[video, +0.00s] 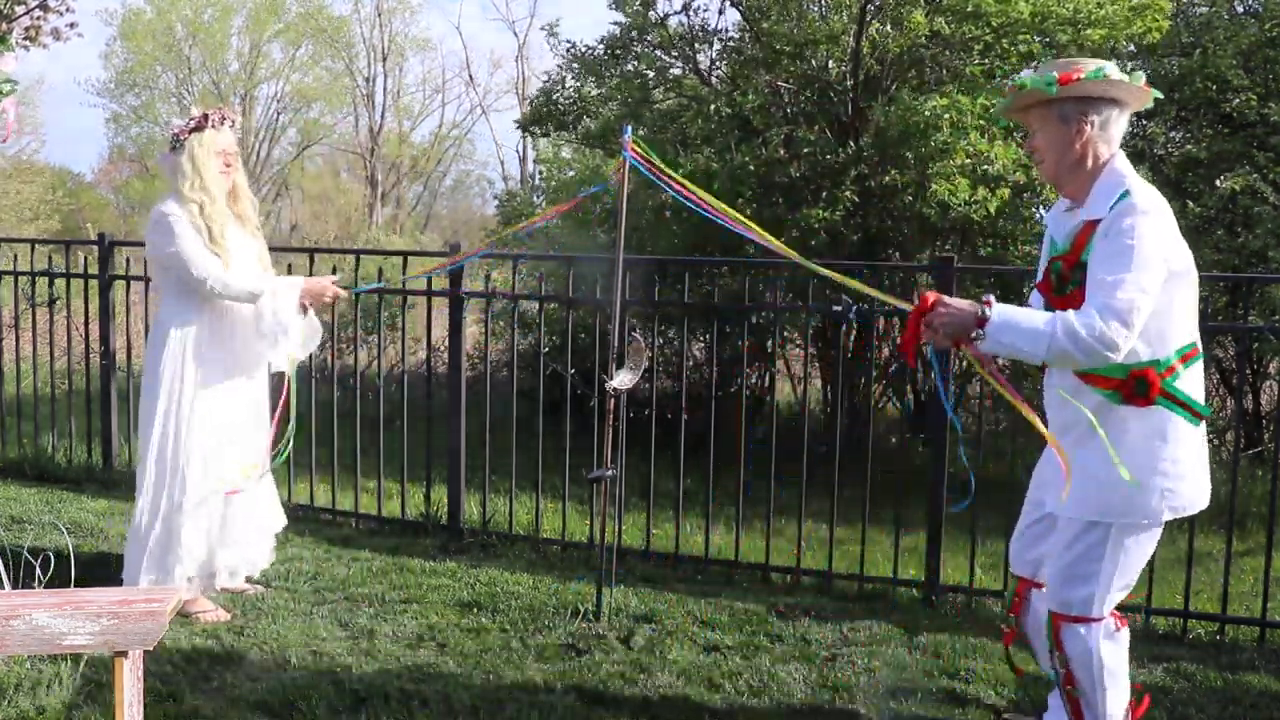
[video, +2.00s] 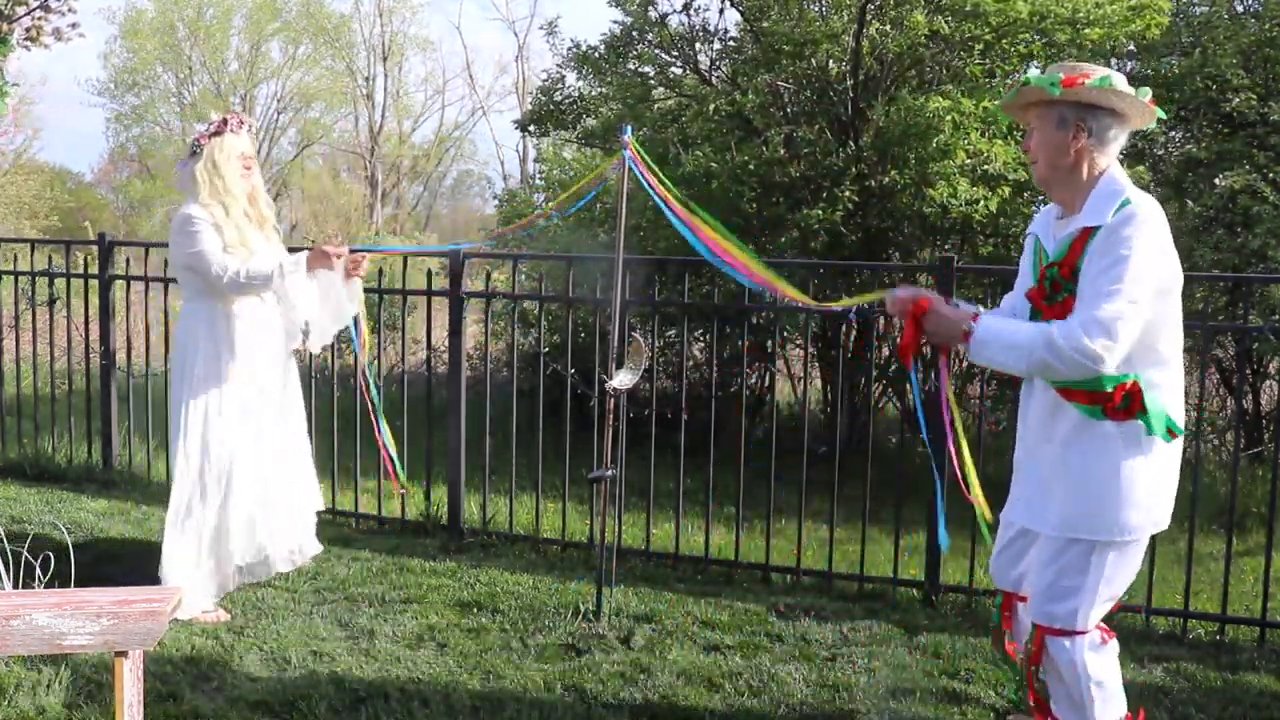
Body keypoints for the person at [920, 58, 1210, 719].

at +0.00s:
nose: (1025, 150)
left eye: (1033, 134)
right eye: (1023, 136)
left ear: (1083, 132)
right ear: (1076, 136)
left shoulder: (1136, 217)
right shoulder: (1063, 216)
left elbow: (1110, 334)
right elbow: (1059, 324)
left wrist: (985, 322)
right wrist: (983, 333)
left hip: (1135, 451)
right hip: (1076, 439)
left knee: (1078, 606)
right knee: (1032, 581)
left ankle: (1102, 713)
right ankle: (1074, 703)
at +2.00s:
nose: (1024, 147)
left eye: (1034, 132)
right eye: (1023, 133)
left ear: (1080, 140)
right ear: (1062, 142)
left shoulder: (1133, 225)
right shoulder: (1047, 224)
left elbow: (1095, 347)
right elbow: (1020, 319)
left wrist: (975, 333)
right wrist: (948, 318)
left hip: (1111, 472)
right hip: (1049, 464)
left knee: (1064, 621)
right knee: (1024, 606)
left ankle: (1096, 713)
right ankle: (1059, 705)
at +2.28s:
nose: (1008, 126)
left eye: (1014, 112)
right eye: (1008, 113)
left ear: (1053, 115)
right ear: (1059, 115)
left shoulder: (1084, 196)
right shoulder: (1066, 188)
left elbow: (1005, 305)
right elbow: (1012, 270)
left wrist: (915, 262)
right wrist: (939, 223)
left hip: (1099, 431)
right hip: (1063, 424)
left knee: (1095, 598)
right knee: (1026, 543)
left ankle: (1105, 713)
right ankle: (1071, 681)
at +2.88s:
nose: (974, 140)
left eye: (980, 127)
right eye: (975, 127)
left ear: (1012, 130)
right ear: (1037, 132)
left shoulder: (999, 201)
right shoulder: (1085, 197)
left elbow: (929, 296)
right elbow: (1036, 284)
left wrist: (880, 265)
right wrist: (950, 263)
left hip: (1032, 414)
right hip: (1103, 416)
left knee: (996, 554)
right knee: (1054, 554)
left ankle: (1070, 698)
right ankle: (1054, 685)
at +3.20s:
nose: (941, 160)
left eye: (946, 144)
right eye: (941, 146)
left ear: (981, 143)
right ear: (998, 145)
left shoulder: (990, 215)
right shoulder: (1043, 213)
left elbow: (953, 324)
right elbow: (1024, 337)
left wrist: (858, 313)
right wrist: (936, 350)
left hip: (1004, 435)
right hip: (1059, 435)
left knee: (945, 553)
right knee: (1014, 560)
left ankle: (996, 702)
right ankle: (1055, 700)